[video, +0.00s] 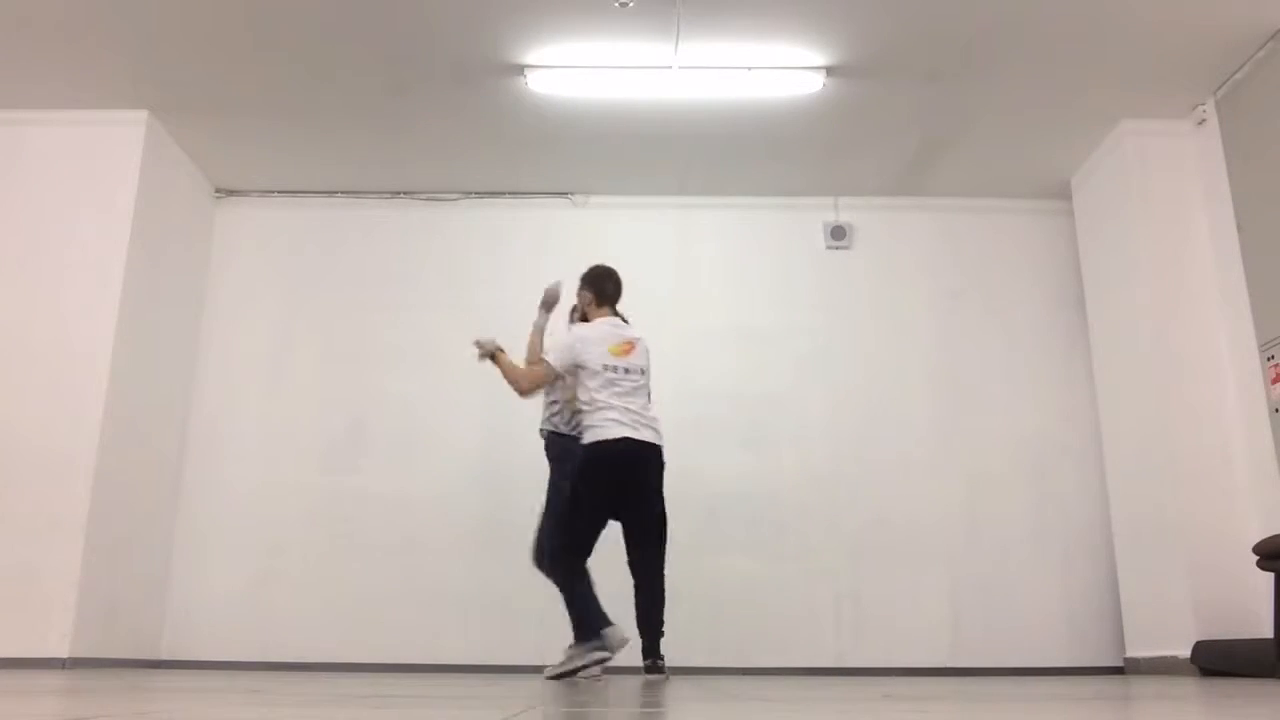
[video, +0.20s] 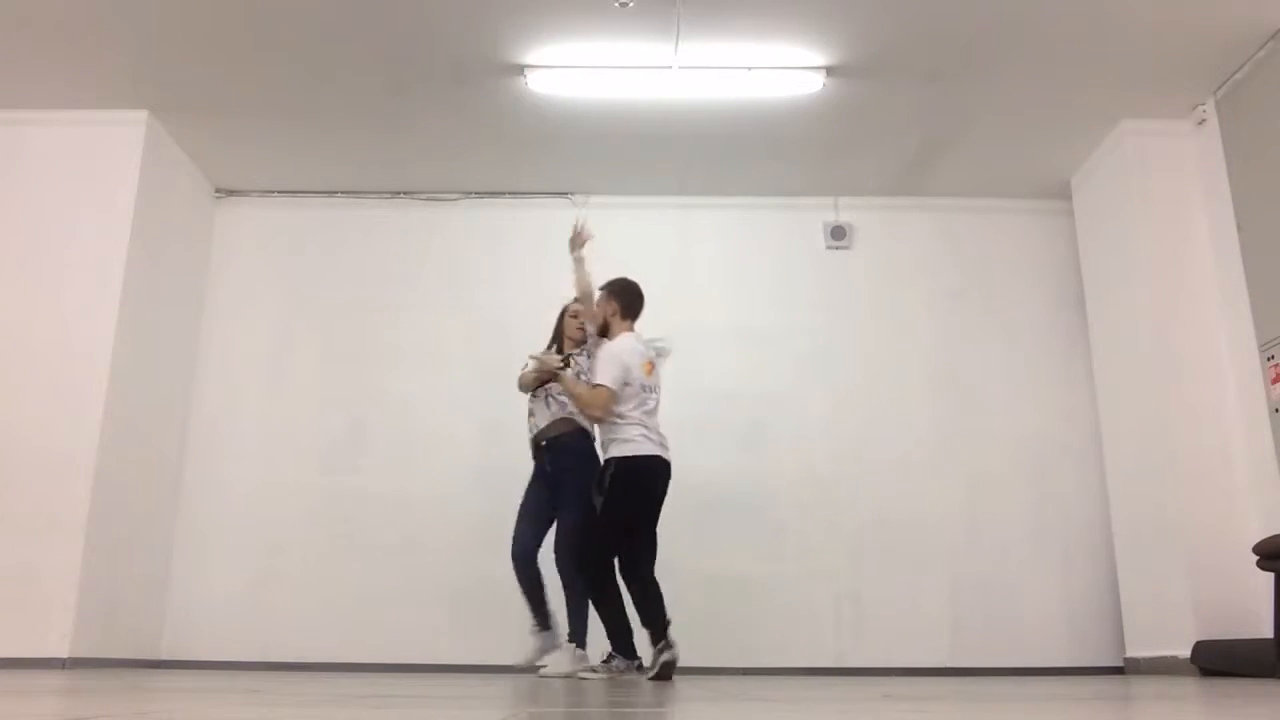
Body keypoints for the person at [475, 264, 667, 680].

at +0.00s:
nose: (577, 302)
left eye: (579, 296)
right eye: (578, 297)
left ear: (586, 298)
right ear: (616, 300)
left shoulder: (580, 337)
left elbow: (526, 382)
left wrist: (496, 355)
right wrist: (542, 319)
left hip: (599, 454)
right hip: (647, 455)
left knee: (559, 552)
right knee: (649, 560)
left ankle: (594, 636)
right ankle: (653, 654)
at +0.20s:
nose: (580, 321)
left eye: (585, 317)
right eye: (573, 315)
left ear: (592, 327)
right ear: (559, 324)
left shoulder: (590, 355)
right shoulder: (545, 359)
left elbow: (589, 304)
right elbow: (523, 382)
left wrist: (578, 254)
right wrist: (549, 369)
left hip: (579, 462)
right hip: (546, 466)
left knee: (569, 556)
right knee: (522, 551)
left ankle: (577, 647)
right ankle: (546, 635)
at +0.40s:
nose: (576, 324)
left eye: (578, 320)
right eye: (568, 318)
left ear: (580, 327)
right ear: (548, 325)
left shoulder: (587, 356)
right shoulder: (532, 360)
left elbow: (594, 306)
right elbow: (540, 371)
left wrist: (601, 255)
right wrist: (584, 363)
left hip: (573, 460)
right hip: (531, 461)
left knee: (566, 557)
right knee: (534, 551)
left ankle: (555, 647)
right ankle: (499, 640)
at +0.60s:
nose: (577, 327)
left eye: (577, 321)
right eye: (570, 320)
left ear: (565, 327)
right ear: (550, 323)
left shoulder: (573, 358)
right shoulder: (532, 357)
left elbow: (601, 335)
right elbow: (559, 379)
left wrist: (598, 299)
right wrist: (613, 364)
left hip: (556, 473)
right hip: (522, 467)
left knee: (583, 555)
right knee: (517, 553)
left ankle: (545, 645)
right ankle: (492, 645)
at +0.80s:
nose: (582, 325)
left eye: (581, 318)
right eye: (576, 318)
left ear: (564, 322)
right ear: (557, 320)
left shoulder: (564, 361)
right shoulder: (549, 358)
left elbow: (584, 400)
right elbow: (586, 385)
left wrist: (614, 370)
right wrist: (635, 354)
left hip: (567, 471)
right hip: (543, 470)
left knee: (579, 560)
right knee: (555, 556)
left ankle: (542, 650)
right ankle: (504, 639)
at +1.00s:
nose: (592, 323)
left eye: (592, 316)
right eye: (587, 317)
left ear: (563, 320)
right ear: (571, 319)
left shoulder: (557, 358)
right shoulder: (581, 351)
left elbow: (590, 396)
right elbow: (630, 357)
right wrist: (669, 323)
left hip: (545, 469)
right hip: (558, 470)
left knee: (560, 556)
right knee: (595, 544)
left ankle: (538, 651)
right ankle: (557, 637)